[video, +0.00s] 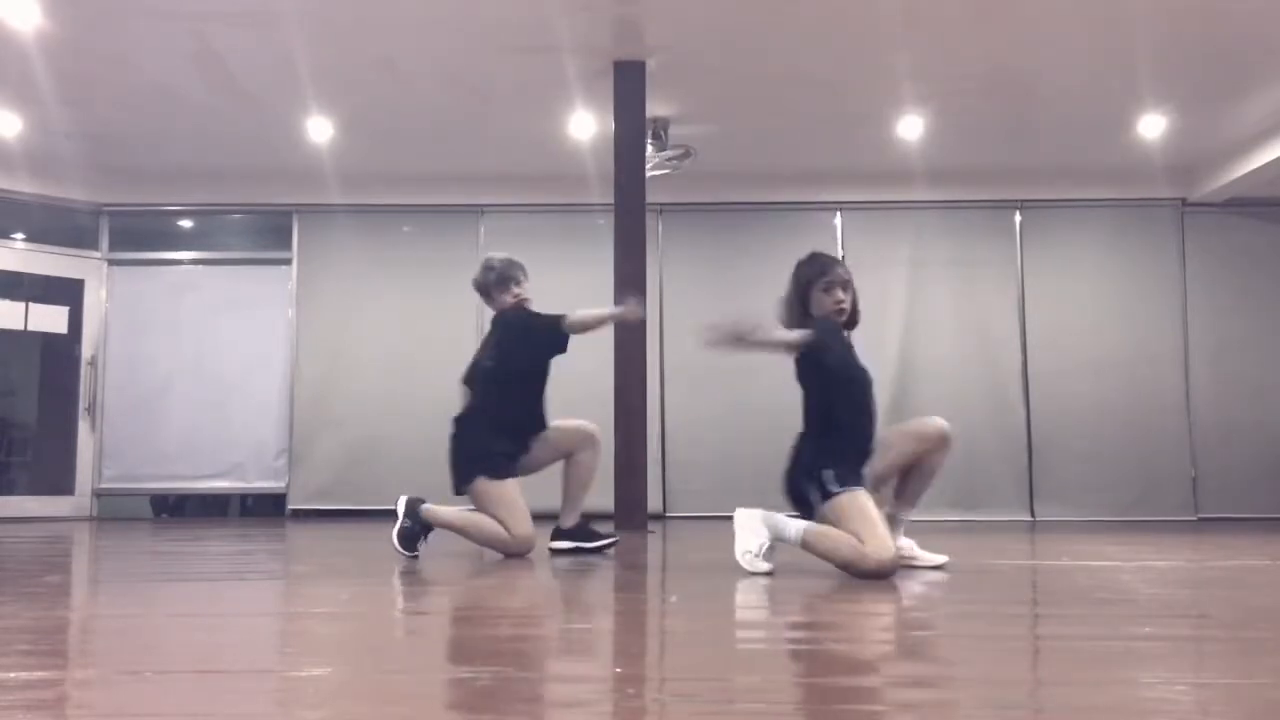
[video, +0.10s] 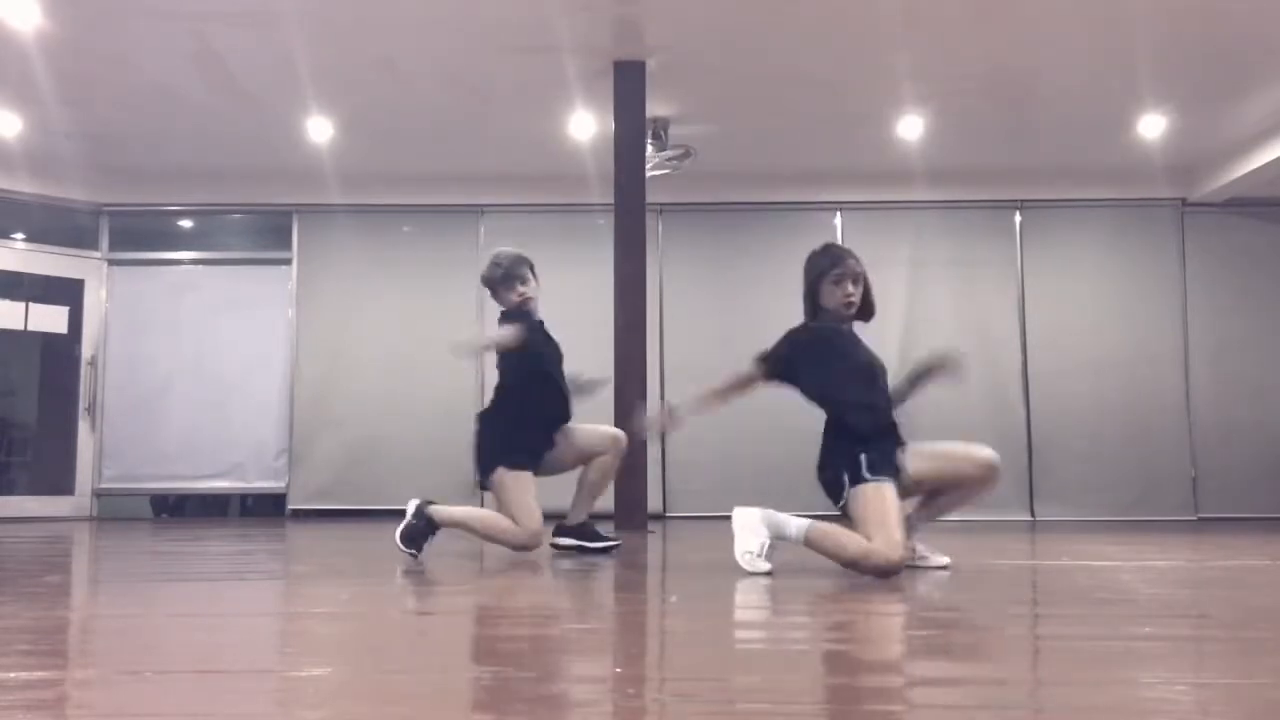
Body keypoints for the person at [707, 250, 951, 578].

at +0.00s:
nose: (839, 297)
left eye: (844, 287)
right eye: (826, 289)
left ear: (852, 293)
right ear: (807, 299)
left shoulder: (840, 339)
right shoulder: (817, 336)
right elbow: (786, 339)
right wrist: (747, 338)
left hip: (855, 466)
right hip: (824, 474)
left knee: (935, 433)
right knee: (880, 559)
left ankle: (892, 538)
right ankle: (767, 523)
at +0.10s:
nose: (850, 291)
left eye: (856, 281)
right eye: (838, 282)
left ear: (863, 288)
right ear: (815, 289)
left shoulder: (849, 341)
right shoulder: (804, 342)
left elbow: (877, 411)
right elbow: (738, 385)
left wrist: (920, 375)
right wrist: (680, 412)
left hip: (888, 455)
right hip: (856, 461)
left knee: (984, 464)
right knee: (887, 555)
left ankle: (901, 540)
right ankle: (766, 524)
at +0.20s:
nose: (853, 291)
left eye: (860, 282)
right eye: (840, 283)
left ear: (869, 285)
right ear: (820, 289)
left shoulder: (887, 321)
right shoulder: (809, 354)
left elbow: (935, 351)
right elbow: (774, 425)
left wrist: (881, 337)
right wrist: (740, 479)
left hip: (904, 446)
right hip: (855, 452)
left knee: (1012, 496)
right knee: (900, 521)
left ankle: (911, 530)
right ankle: (781, 525)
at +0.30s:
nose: (850, 301)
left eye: (858, 292)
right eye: (839, 292)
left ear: (869, 294)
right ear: (822, 297)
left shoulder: (884, 319)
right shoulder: (814, 367)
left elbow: (909, 349)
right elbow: (805, 454)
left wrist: (833, 361)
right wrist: (781, 521)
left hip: (907, 449)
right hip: (850, 449)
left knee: (993, 515)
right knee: (875, 464)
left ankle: (913, 526)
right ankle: (788, 532)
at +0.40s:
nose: (848, 313)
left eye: (857, 303)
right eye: (838, 304)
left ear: (870, 306)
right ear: (822, 309)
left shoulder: (883, 333)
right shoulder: (818, 374)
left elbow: (899, 355)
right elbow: (806, 448)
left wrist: (867, 369)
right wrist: (790, 509)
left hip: (904, 477)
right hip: (849, 478)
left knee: (979, 536)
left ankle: (913, 529)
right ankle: (796, 537)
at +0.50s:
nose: (839, 315)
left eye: (849, 307)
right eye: (829, 306)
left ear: (861, 313)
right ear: (813, 311)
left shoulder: (879, 348)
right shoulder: (807, 376)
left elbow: (926, 357)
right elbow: (763, 444)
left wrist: (979, 356)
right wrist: (724, 495)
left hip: (891, 479)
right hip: (837, 479)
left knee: (966, 541)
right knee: (788, 430)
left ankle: (905, 534)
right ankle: (789, 542)